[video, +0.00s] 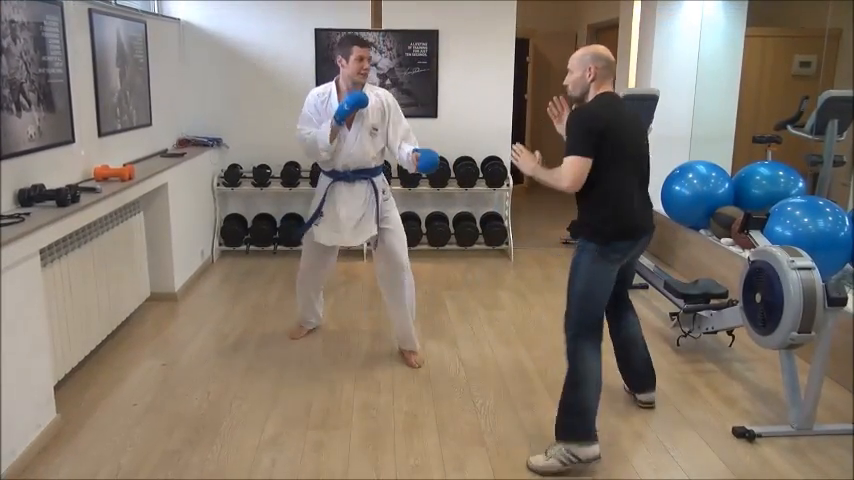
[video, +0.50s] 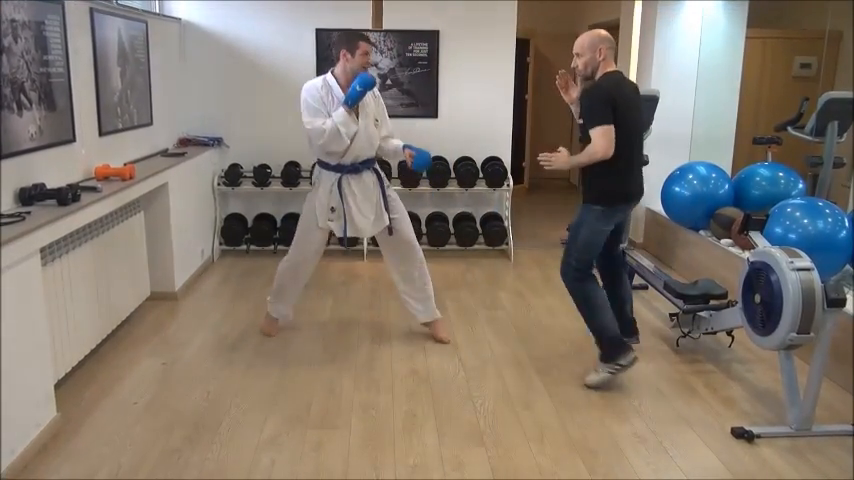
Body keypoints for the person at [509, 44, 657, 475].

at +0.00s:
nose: (565, 79)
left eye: (570, 71)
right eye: (567, 72)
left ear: (591, 74)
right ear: (600, 74)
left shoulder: (590, 115)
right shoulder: (626, 112)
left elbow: (570, 181)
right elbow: (607, 165)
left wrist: (534, 169)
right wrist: (571, 133)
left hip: (603, 235)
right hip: (635, 229)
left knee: (582, 332)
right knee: (618, 303)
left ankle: (578, 442)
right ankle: (643, 387)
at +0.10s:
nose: (571, 60)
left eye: (576, 52)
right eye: (572, 53)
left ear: (598, 52)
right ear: (605, 52)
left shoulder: (601, 92)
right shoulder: (628, 91)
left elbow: (583, 157)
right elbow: (605, 151)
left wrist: (543, 144)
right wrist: (577, 117)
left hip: (611, 212)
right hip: (633, 209)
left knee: (588, 305)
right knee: (617, 294)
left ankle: (610, 407)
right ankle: (645, 374)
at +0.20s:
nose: (572, 51)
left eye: (577, 43)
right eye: (572, 43)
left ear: (599, 42)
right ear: (604, 43)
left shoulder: (604, 80)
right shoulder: (625, 78)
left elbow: (587, 144)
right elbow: (608, 140)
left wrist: (547, 133)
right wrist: (578, 106)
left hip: (615, 200)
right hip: (628, 195)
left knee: (597, 290)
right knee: (613, 277)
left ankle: (637, 381)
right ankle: (646, 346)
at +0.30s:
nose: (571, 62)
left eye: (576, 55)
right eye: (572, 54)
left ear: (599, 54)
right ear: (604, 54)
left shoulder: (599, 91)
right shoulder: (627, 89)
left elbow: (587, 153)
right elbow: (612, 143)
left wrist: (548, 147)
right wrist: (578, 111)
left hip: (613, 208)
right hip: (626, 200)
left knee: (616, 297)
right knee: (608, 274)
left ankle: (657, 382)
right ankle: (617, 333)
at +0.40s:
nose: (574, 74)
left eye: (578, 67)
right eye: (574, 67)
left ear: (601, 66)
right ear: (604, 66)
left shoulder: (601, 103)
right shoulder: (626, 100)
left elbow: (595, 167)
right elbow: (597, 150)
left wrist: (554, 172)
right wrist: (577, 115)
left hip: (610, 212)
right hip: (625, 205)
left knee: (600, 293)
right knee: (608, 272)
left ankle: (651, 375)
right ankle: (619, 333)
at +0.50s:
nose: (574, 62)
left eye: (579, 56)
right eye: (574, 56)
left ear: (600, 54)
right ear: (604, 54)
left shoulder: (599, 90)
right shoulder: (628, 87)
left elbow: (604, 147)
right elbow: (598, 134)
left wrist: (568, 160)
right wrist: (575, 103)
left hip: (603, 198)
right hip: (624, 194)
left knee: (574, 270)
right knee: (611, 261)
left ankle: (615, 353)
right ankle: (626, 334)